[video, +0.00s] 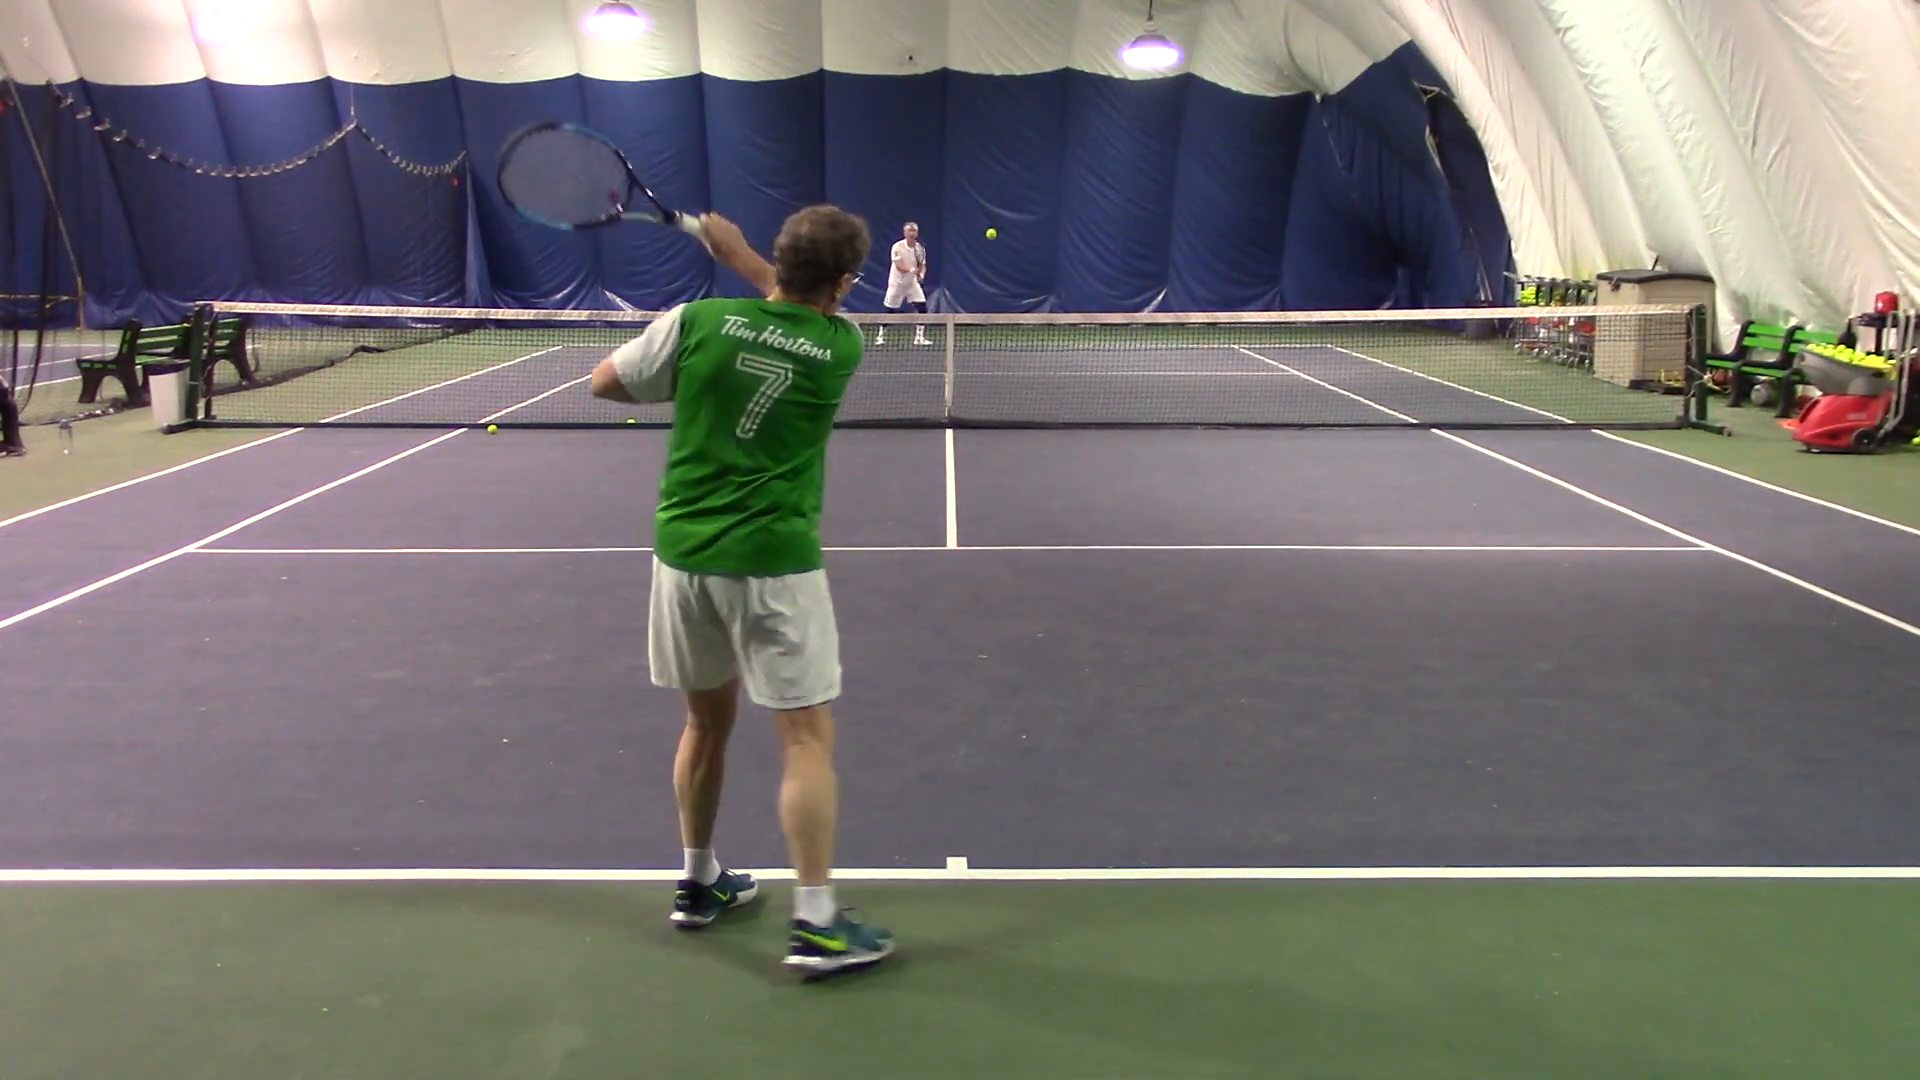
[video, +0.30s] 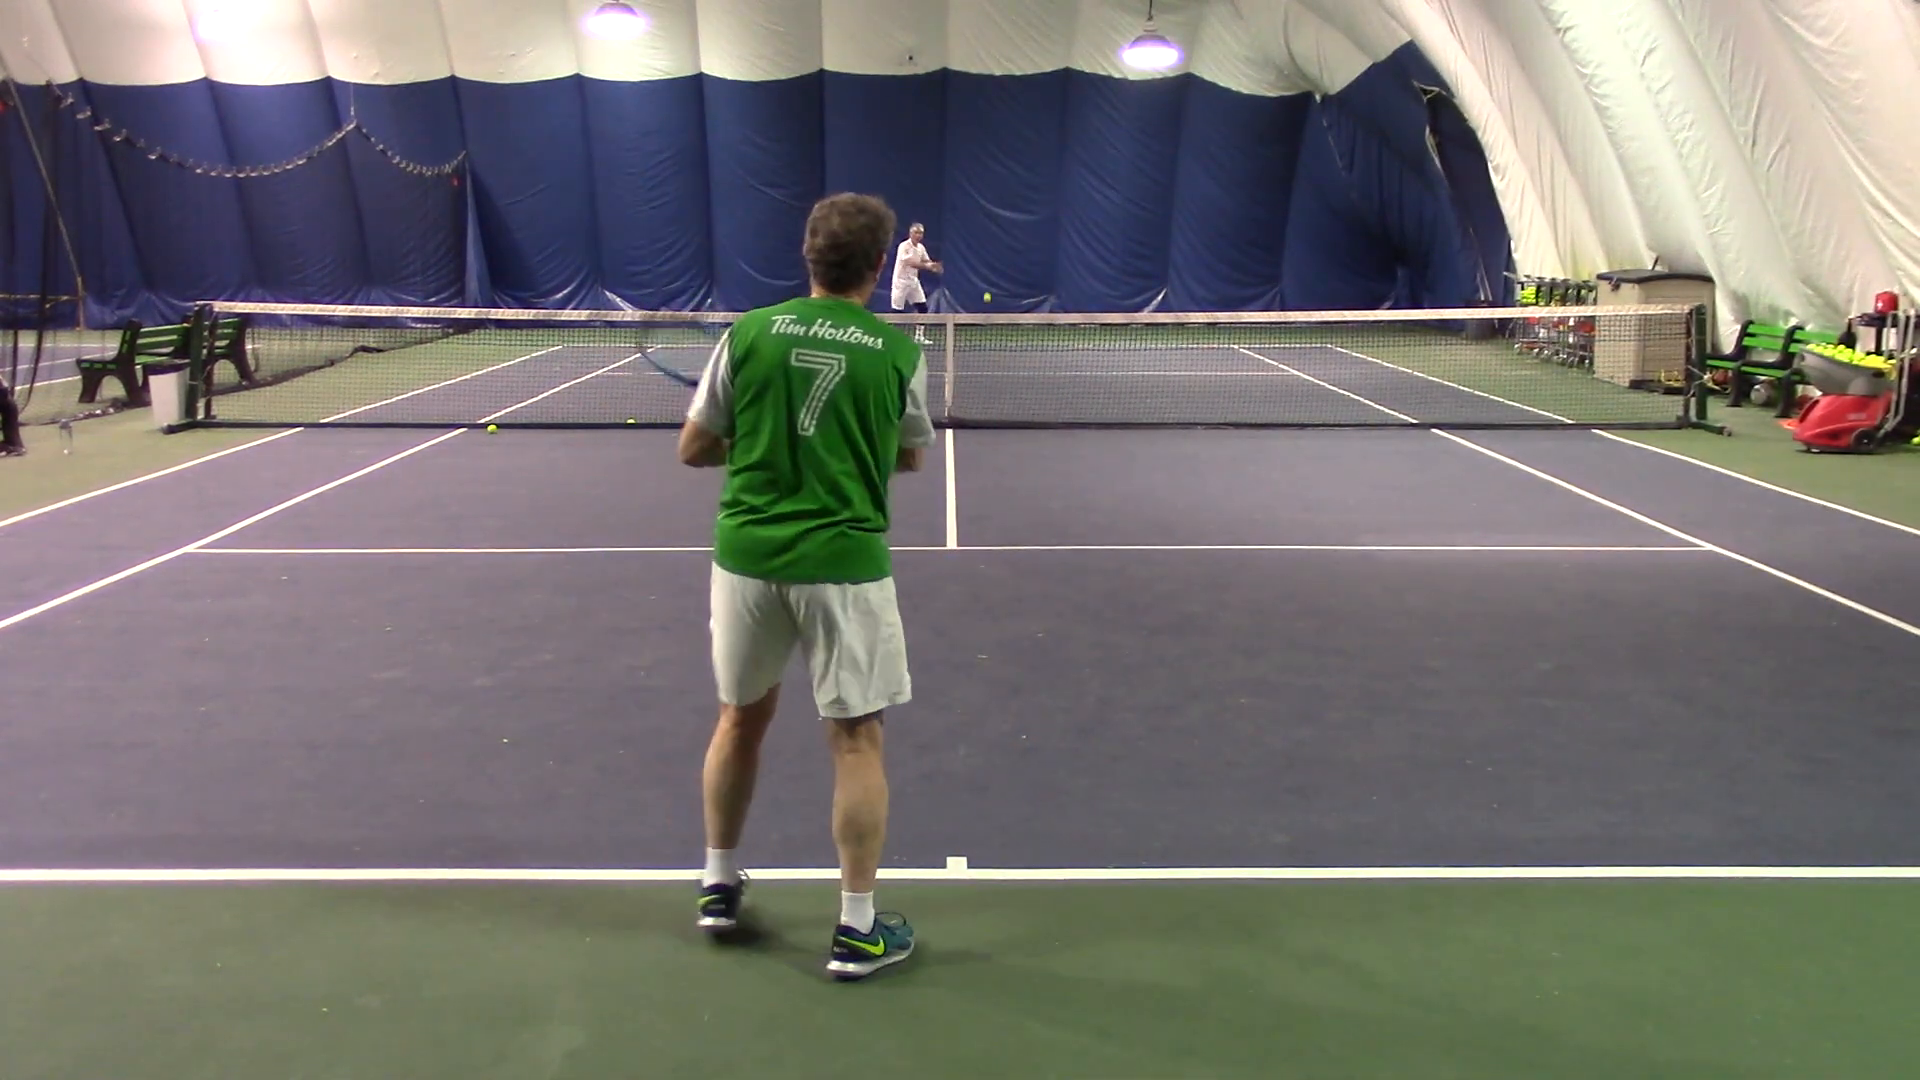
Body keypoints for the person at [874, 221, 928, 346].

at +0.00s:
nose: (912, 235)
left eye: (914, 232)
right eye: (910, 232)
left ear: (917, 233)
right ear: (905, 233)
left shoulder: (920, 249)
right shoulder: (897, 247)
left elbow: (922, 264)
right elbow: (898, 265)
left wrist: (922, 273)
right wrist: (910, 269)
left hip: (912, 282)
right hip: (897, 283)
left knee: (922, 307)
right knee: (889, 309)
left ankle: (919, 336)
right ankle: (880, 335)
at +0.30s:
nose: (918, 236)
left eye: (920, 233)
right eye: (916, 233)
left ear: (922, 235)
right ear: (910, 233)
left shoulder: (921, 247)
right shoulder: (903, 246)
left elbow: (926, 261)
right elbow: (909, 261)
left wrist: (934, 266)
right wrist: (928, 266)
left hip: (913, 281)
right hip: (900, 281)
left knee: (922, 307)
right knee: (897, 311)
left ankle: (919, 335)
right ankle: (890, 337)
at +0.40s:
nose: (923, 238)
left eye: (925, 236)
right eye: (920, 235)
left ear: (926, 237)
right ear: (915, 236)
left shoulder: (923, 249)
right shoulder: (908, 248)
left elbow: (933, 257)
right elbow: (921, 259)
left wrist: (944, 256)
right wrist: (939, 258)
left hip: (913, 280)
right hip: (901, 280)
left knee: (923, 307)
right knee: (907, 308)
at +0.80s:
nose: (937, 245)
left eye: (939, 243)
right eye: (935, 242)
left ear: (941, 244)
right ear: (930, 240)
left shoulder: (931, 253)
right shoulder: (920, 251)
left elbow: (930, 270)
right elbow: (931, 267)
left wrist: (943, 275)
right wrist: (941, 259)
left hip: (918, 283)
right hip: (906, 282)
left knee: (924, 308)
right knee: (915, 307)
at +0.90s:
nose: (938, 241)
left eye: (940, 238)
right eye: (936, 237)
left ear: (941, 239)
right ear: (930, 235)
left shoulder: (934, 251)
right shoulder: (917, 245)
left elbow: (938, 270)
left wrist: (950, 279)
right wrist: (935, 257)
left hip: (921, 280)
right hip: (908, 278)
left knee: (923, 307)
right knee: (915, 306)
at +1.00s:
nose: (937, 235)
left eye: (939, 233)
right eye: (935, 231)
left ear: (940, 234)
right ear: (930, 229)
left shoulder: (935, 245)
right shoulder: (917, 239)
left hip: (925, 273)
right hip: (914, 273)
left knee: (927, 304)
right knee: (912, 303)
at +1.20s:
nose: (935, 227)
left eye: (937, 224)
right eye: (933, 224)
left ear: (941, 227)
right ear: (930, 225)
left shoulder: (941, 239)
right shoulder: (922, 236)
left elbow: (934, 235)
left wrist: (929, 224)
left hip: (932, 272)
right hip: (918, 272)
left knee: (935, 303)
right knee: (915, 302)